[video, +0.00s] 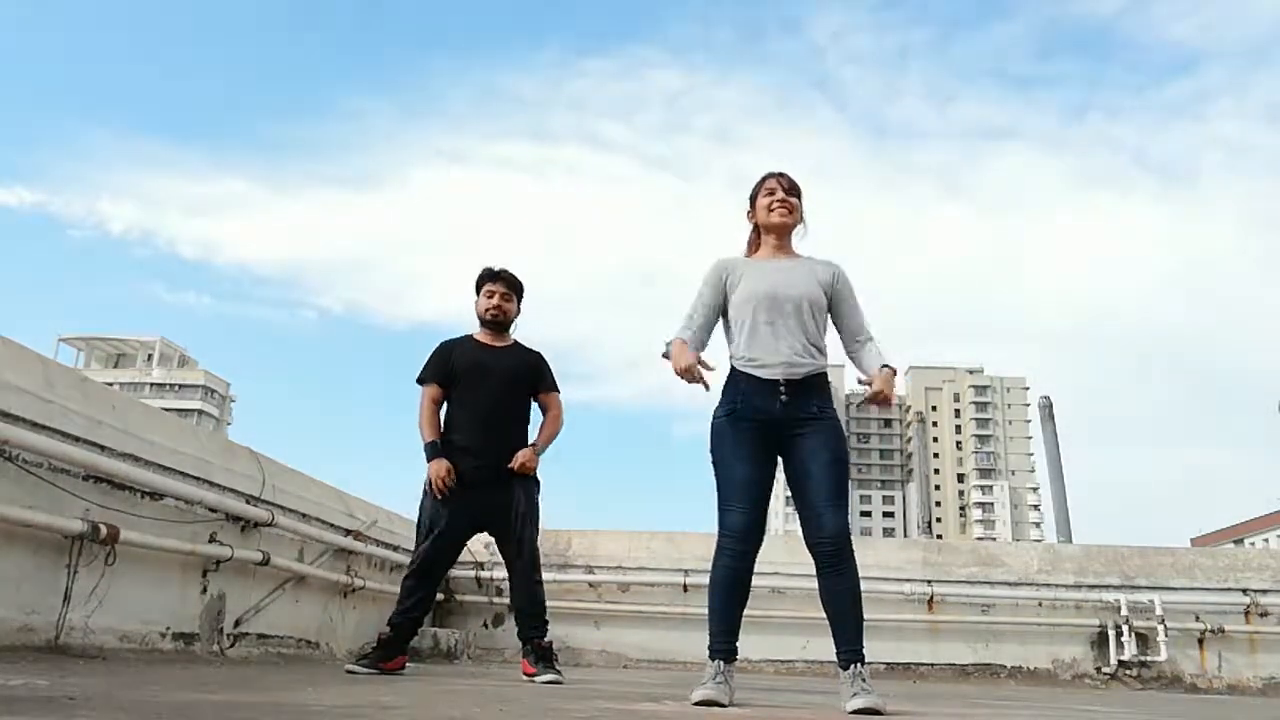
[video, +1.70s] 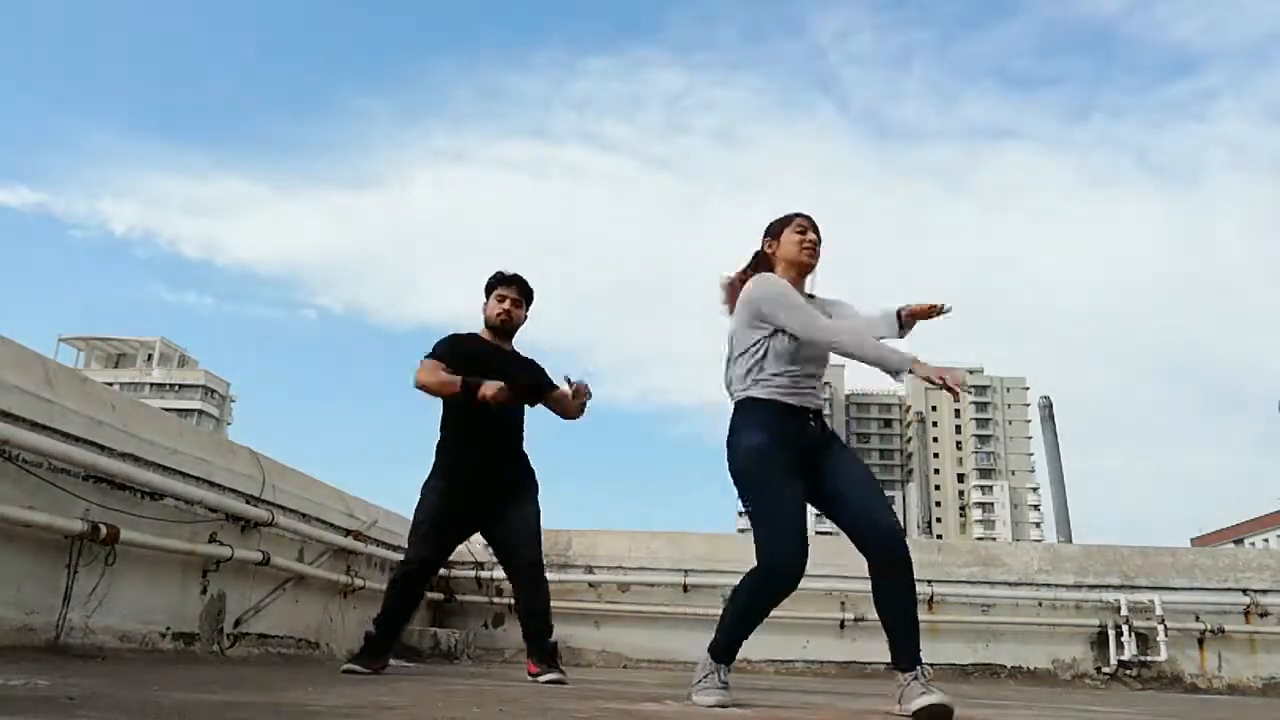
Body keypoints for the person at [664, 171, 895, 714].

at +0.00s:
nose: (781, 199)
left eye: (790, 194)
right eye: (770, 194)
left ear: (801, 214)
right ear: (752, 213)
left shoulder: (826, 272)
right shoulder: (728, 270)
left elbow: (859, 342)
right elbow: (689, 334)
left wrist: (881, 371)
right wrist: (680, 351)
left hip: (813, 409)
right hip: (743, 408)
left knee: (831, 537)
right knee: (738, 534)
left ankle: (855, 672)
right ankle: (719, 668)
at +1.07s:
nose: (773, 206)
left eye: (781, 202)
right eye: (762, 197)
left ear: (785, 221)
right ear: (738, 211)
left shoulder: (800, 274)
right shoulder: (705, 267)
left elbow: (828, 331)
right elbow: (678, 326)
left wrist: (839, 365)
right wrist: (732, 351)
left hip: (785, 411)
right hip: (721, 411)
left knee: (833, 506)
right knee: (719, 534)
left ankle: (832, 642)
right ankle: (704, 666)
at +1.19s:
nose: (775, 205)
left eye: (782, 201)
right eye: (765, 195)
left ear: (785, 217)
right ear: (738, 205)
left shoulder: (794, 279)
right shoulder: (702, 260)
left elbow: (812, 356)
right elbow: (647, 328)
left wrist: (874, 375)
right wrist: (647, 315)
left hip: (780, 403)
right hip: (720, 403)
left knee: (847, 447)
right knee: (717, 534)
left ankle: (776, 536)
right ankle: (703, 664)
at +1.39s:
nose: (783, 207)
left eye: (791, 204)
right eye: (774, 197)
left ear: (791, 220)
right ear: (746, 206)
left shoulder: (792, 279)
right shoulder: (714, 256)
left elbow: (791, 360)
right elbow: (675, 326)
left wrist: (836, 360)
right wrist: (629, 277)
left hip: (787, 400)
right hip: (730, 396)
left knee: (863, 454)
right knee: (724, 532)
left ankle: (814, 556)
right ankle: (706, 665)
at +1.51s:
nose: (789, 213)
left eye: (796, 209)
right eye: (779, 203)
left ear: (797, 226)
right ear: (750, 212)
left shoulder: (804, 285)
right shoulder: (723, 257)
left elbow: (810, 363)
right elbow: (694, 332)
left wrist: (869, 346)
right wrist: (709, 289)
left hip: (796, 409)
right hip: (737, 403)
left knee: (865, 497)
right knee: (733, 537)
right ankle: (708, 667)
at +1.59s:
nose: (794, 224)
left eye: (800, 220)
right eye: (783, 215)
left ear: (802, 237)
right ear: (755, 224)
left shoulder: (811, 293)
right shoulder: (732, 265)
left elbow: (850, 350)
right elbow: (736, 316)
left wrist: (893, 334)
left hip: (802, 418)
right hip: (745, 410)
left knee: (862, 533)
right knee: (748, 541)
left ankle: (901, 666)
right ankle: (709, 669)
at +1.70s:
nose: (811, 238)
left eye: (815, 234)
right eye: (798, 230)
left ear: (816, 254)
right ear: (770, 246)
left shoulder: (817, 304)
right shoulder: (763, 287)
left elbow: (854, 324)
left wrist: (903, 317)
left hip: (814, 436)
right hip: (762, 431)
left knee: (888, 543)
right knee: (782, 566)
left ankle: (911, 679)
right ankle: (714, 666)